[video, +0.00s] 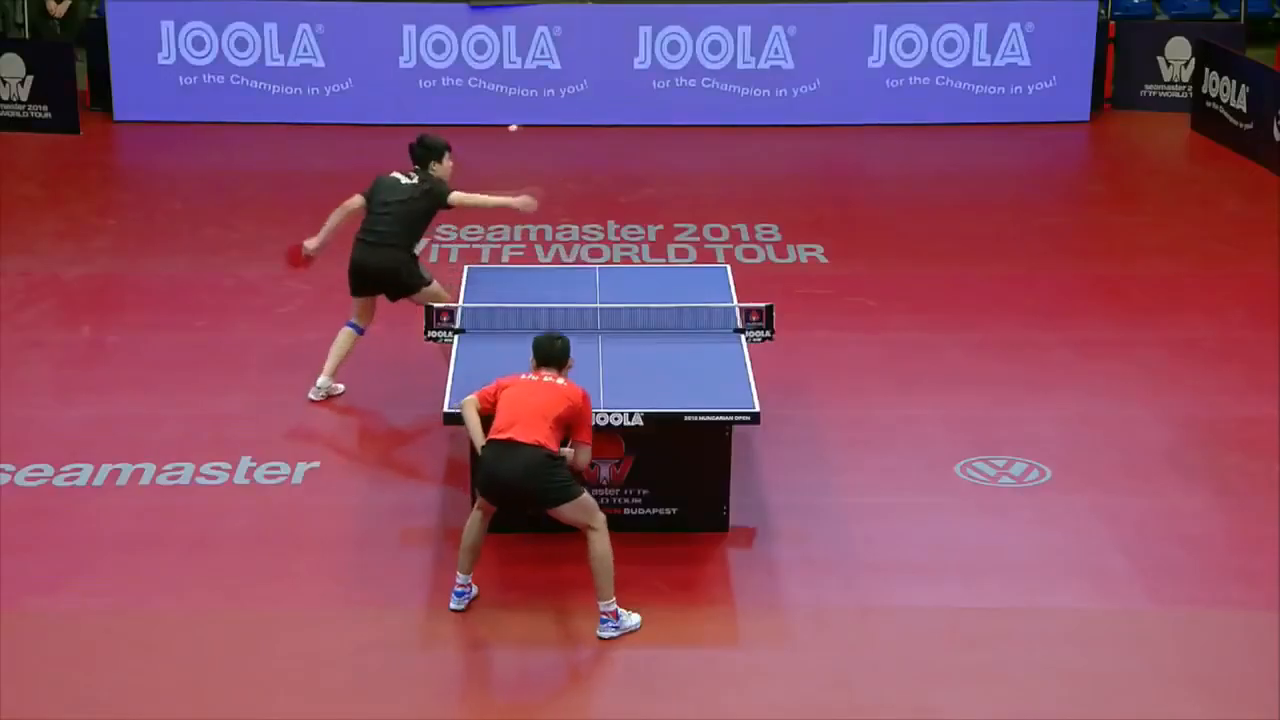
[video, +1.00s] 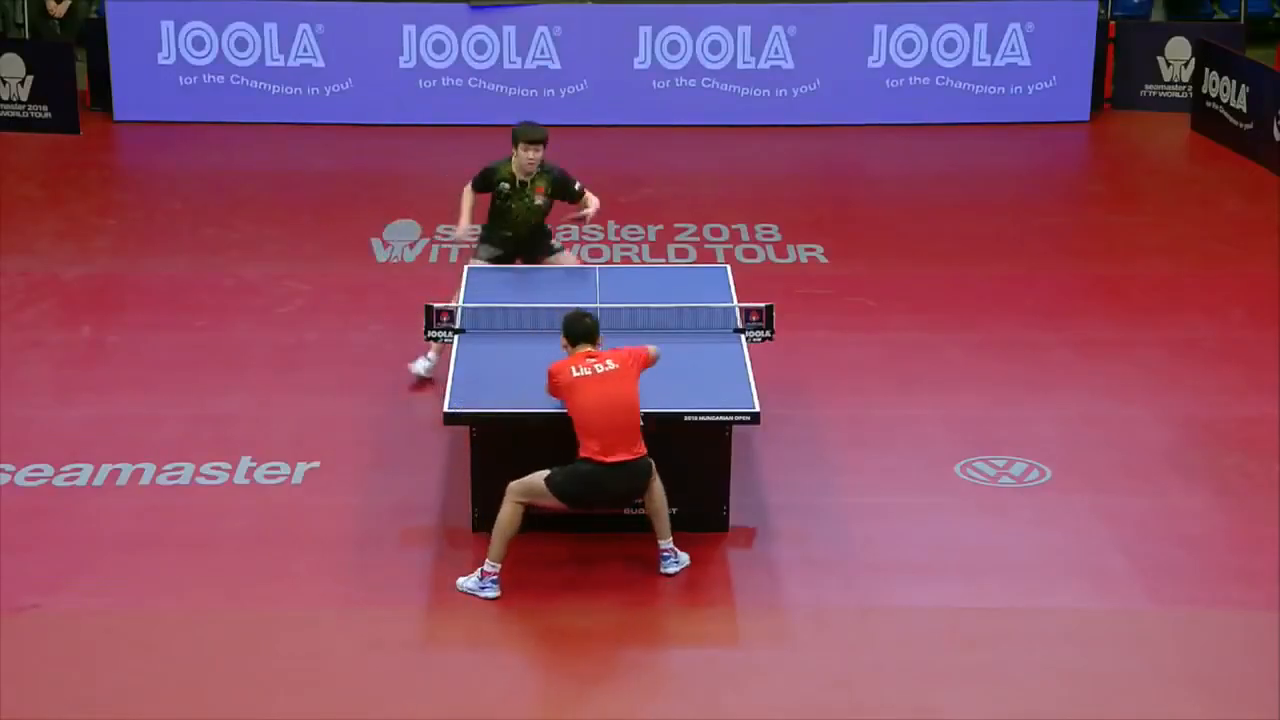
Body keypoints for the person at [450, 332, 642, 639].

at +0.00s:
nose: (568, 364)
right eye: (568, 362)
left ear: (533, 362)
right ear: (567, 364)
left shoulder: (508, 383)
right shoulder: (577, 395)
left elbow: (468, 403)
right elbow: (581, 463)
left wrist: (482, 447)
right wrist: (565, 453)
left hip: (494, 458)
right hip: (538, 464)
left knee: (482, 510)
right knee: (596, 523)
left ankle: (460, 589)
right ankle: (610, 615)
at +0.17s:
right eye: (559, 343)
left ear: (526, 345)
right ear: (560, 348)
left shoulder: (503, 373)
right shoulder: (573, 383)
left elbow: (471, 402)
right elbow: (590, 444)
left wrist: (485, 449)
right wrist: (571, 434)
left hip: (498, 465)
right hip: (545, 469)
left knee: (475, 512)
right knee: (603, 523)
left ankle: (453, 594)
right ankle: (608, 612)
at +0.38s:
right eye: (559, 317)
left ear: (530, 321)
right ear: (563, 322)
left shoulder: (509, 353)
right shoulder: (577, 362)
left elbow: (476, 385)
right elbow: (616, 406)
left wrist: (495, 409)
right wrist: (596, 388)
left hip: (515, 465)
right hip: (563, 465)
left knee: (478, 509)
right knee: (620, 487)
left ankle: (455, 587)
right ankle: (642, 569)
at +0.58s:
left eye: (548, 327)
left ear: (548, 331)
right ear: (581, 331)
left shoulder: (534, 368)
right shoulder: (601, 366)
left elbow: (502, 408)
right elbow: (635, 394)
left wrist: (521, 387)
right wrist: (604, 380)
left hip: (554, 476)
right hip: (603, 477)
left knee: (493, 488)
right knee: (636, 481)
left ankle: (487, 574)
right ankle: (669, 555)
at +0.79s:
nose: (553, 339)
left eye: (554, 335)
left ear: (556, 339)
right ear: (587, 337)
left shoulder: (546, 371)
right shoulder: (612, 365)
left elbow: (536, 393)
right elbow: (643, 373)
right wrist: (605, 375)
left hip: (577, 479)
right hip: (623, 477)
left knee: (507, 489)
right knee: (646, 472)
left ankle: (487, 576)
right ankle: (669, 555)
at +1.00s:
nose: (560, 344)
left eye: (561, 339)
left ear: (565, 343)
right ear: (599, 338)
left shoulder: (560, 371)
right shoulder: (626, 358)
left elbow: (555, 393)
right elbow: (654, 353)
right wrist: (618, 359)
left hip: (589, 476)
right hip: (635, 474)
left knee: (516, 491)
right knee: (649, 470)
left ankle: (487, 576)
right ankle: (669, 554)